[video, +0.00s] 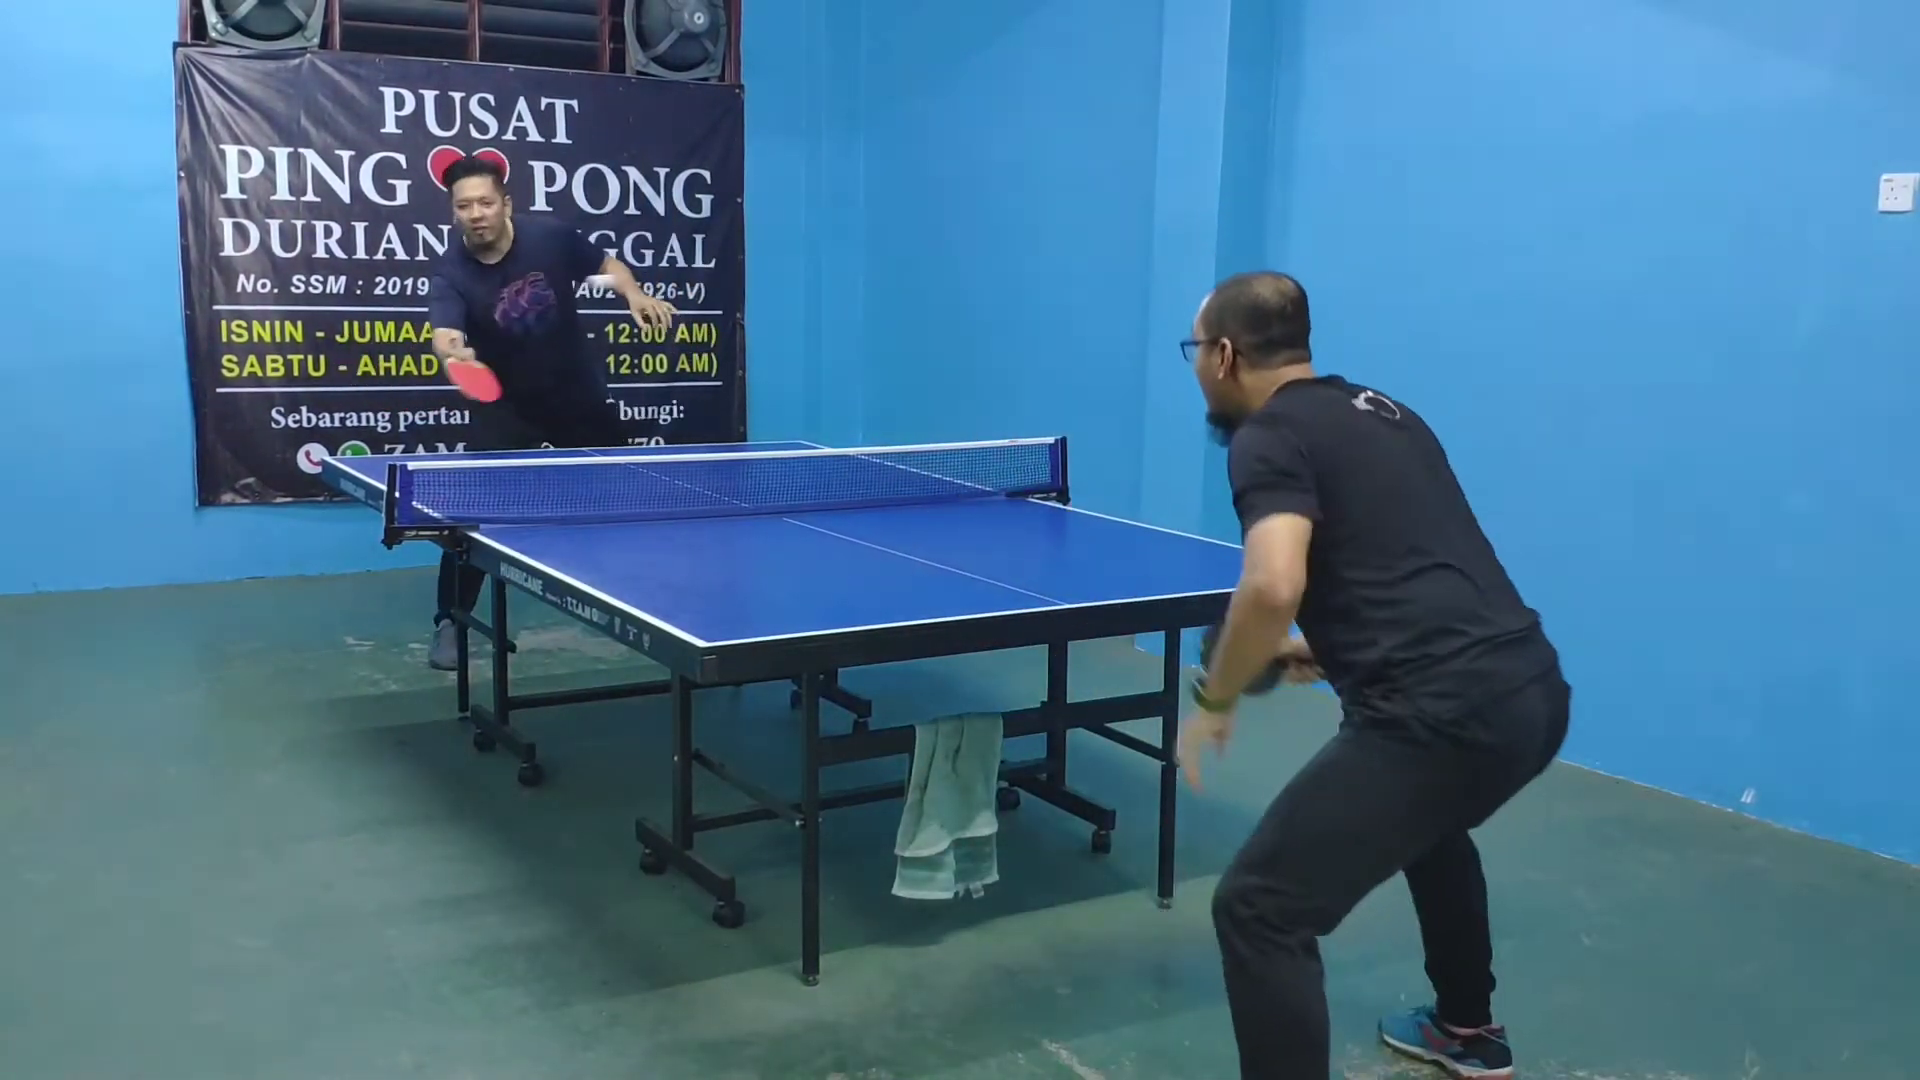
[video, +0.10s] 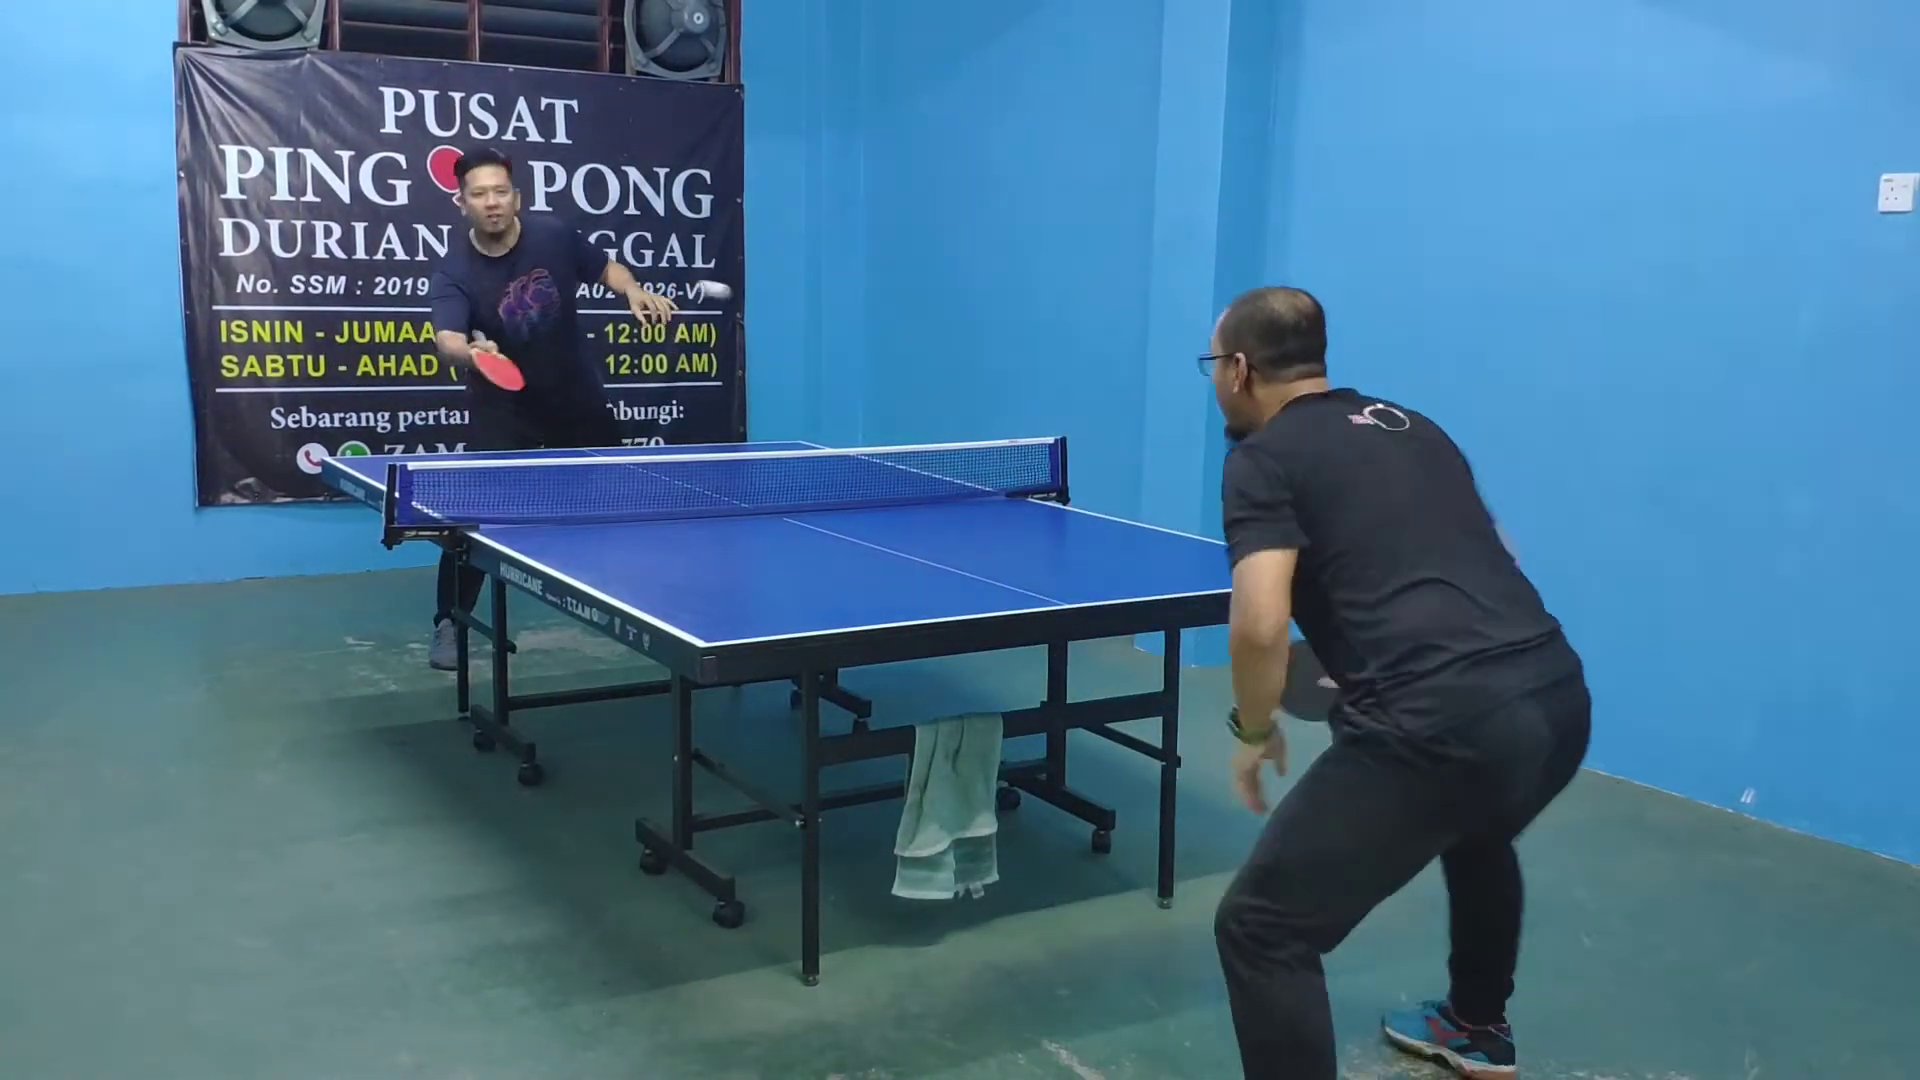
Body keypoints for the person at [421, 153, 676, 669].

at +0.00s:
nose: (476, 214)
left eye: (485, 202)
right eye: (465, 205)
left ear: (507, 201)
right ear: (453, 212)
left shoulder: (549, 236)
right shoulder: (451, 273)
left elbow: (606, 265)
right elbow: (444, 328)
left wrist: (636, 295)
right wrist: (452, 347)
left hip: (574, 399)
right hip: (502, 407)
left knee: (629, 494)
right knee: (476, 509)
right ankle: (451, 621)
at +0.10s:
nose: (493, 202)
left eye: (501, 192)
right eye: (480, 194)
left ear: (517, 197)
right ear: (463, 204)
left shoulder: (553, 234)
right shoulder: (455, 269)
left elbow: (602, 267)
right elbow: (445, 338)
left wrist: (636, 291)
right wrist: (468, 350)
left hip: (574, 398)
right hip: (501, 408)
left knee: (628, 493)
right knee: (478, 508)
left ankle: (667, 610)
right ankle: (451, 621)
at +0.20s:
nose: (517, 199)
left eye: (524, 189)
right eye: (504, 191)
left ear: (535, 194)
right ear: (484, 201)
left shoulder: (568, 243)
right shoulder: (469, 267)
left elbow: (613, 280)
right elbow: (448, 340)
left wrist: (645, 298)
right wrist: (475, 355)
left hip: (578, 405)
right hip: (507, 411)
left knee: (626, 499)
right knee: (483, 511)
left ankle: (660, 613)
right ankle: (452, 621)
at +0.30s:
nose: (541, 195)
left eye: (548, 186)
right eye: (528, 187)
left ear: (559, 193)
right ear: (507, 197)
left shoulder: (589, 252)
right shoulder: (485, 268)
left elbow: (636, 292)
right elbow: (459, 336)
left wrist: (661, 309)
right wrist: (480, 357)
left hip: (592, 417)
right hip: (520, 423)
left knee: (625, 514)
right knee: (489, 518)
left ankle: (665, 623)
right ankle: (454, 623)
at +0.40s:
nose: (562, 187)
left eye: (568, 177)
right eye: (549, 179)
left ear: (576, 184)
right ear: (526, 189)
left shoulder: (605, 242)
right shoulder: (503, 257)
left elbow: (648, 289)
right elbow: (478, 325)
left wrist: (672, 312)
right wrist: (491, 350)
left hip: (601, 408)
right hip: (528, 415)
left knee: (635, 504)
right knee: (492, 505)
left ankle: (663, 617)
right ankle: (456, 612)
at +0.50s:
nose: (568, 182)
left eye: (574, 173)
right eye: (556, 174)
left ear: (583, 180)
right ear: (533, 184)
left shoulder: (612, 239)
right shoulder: (509, 247)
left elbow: (656, 283)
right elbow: (484, 316)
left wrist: (677, 310)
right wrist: (494, 340)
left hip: (600, 399)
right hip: (528, 404)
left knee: (636, 498)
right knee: (476, 494)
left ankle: (659, 609)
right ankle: (449, 601)